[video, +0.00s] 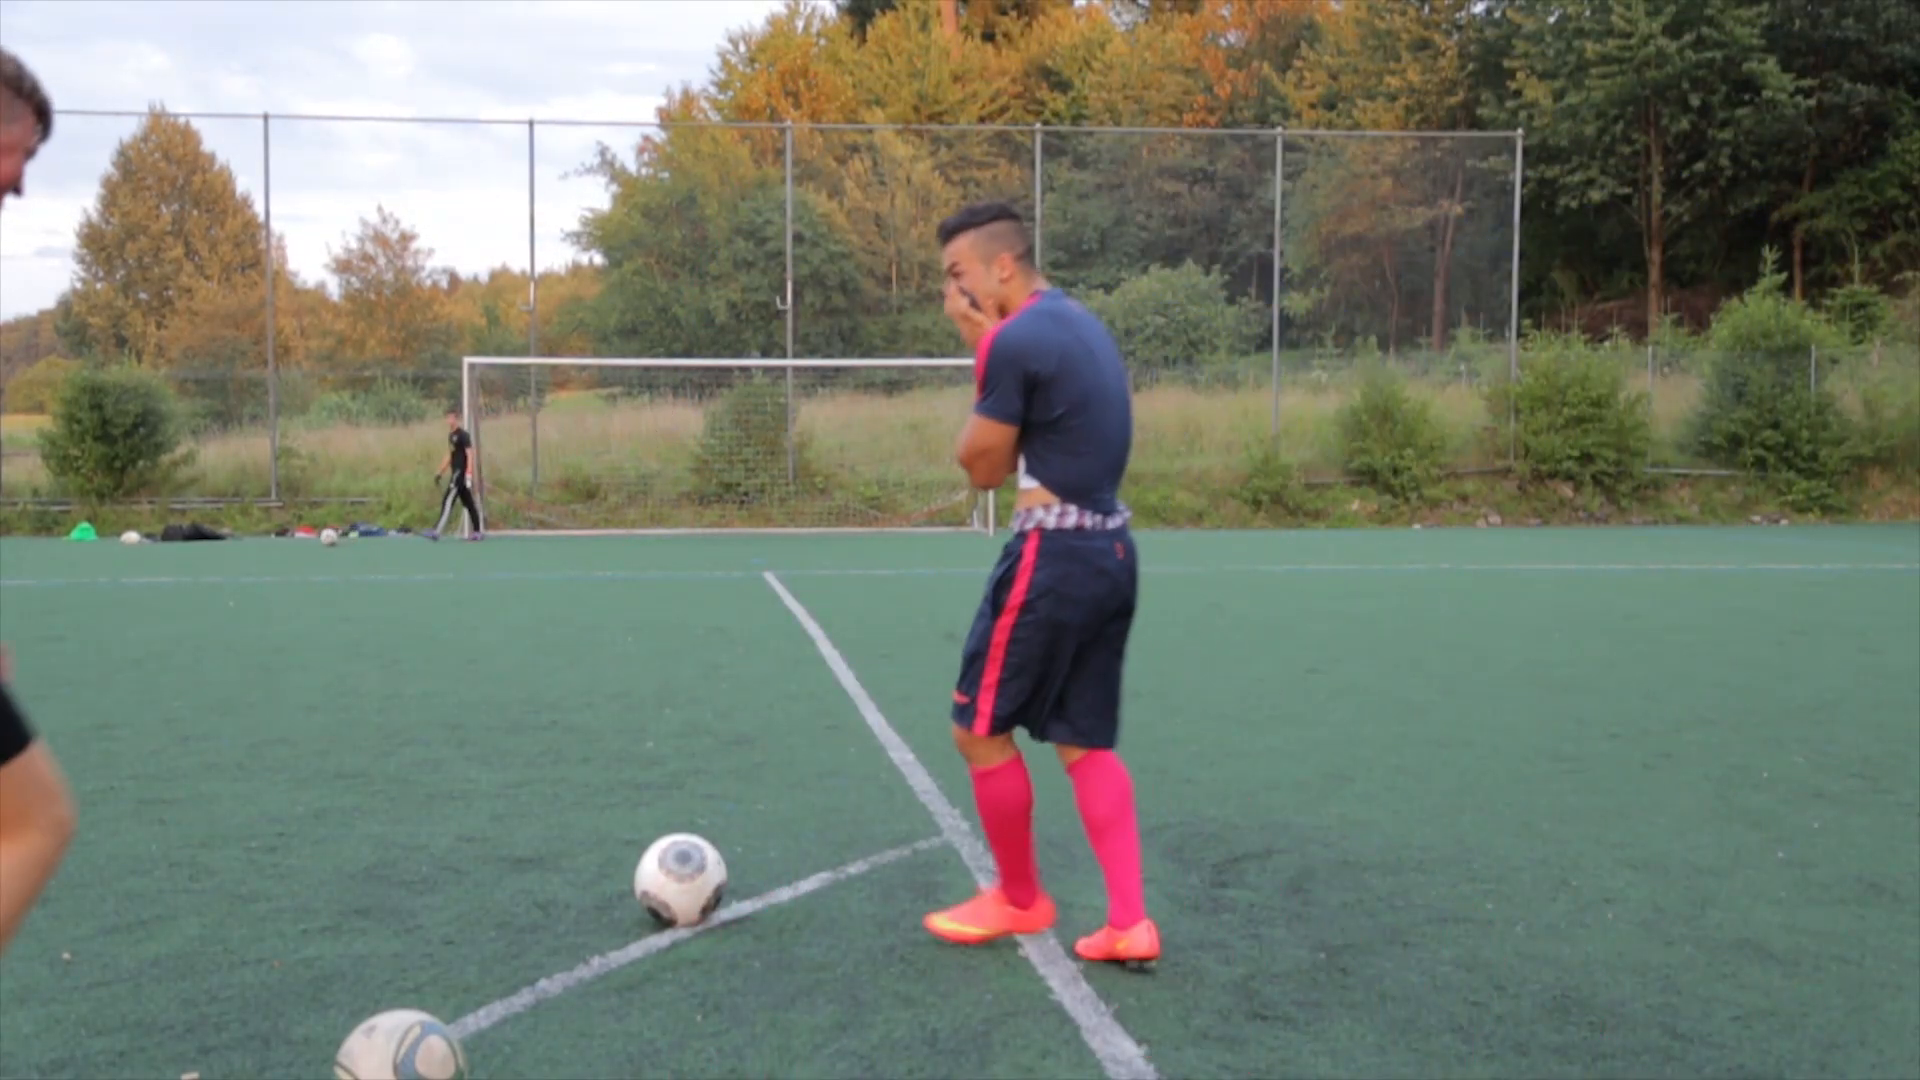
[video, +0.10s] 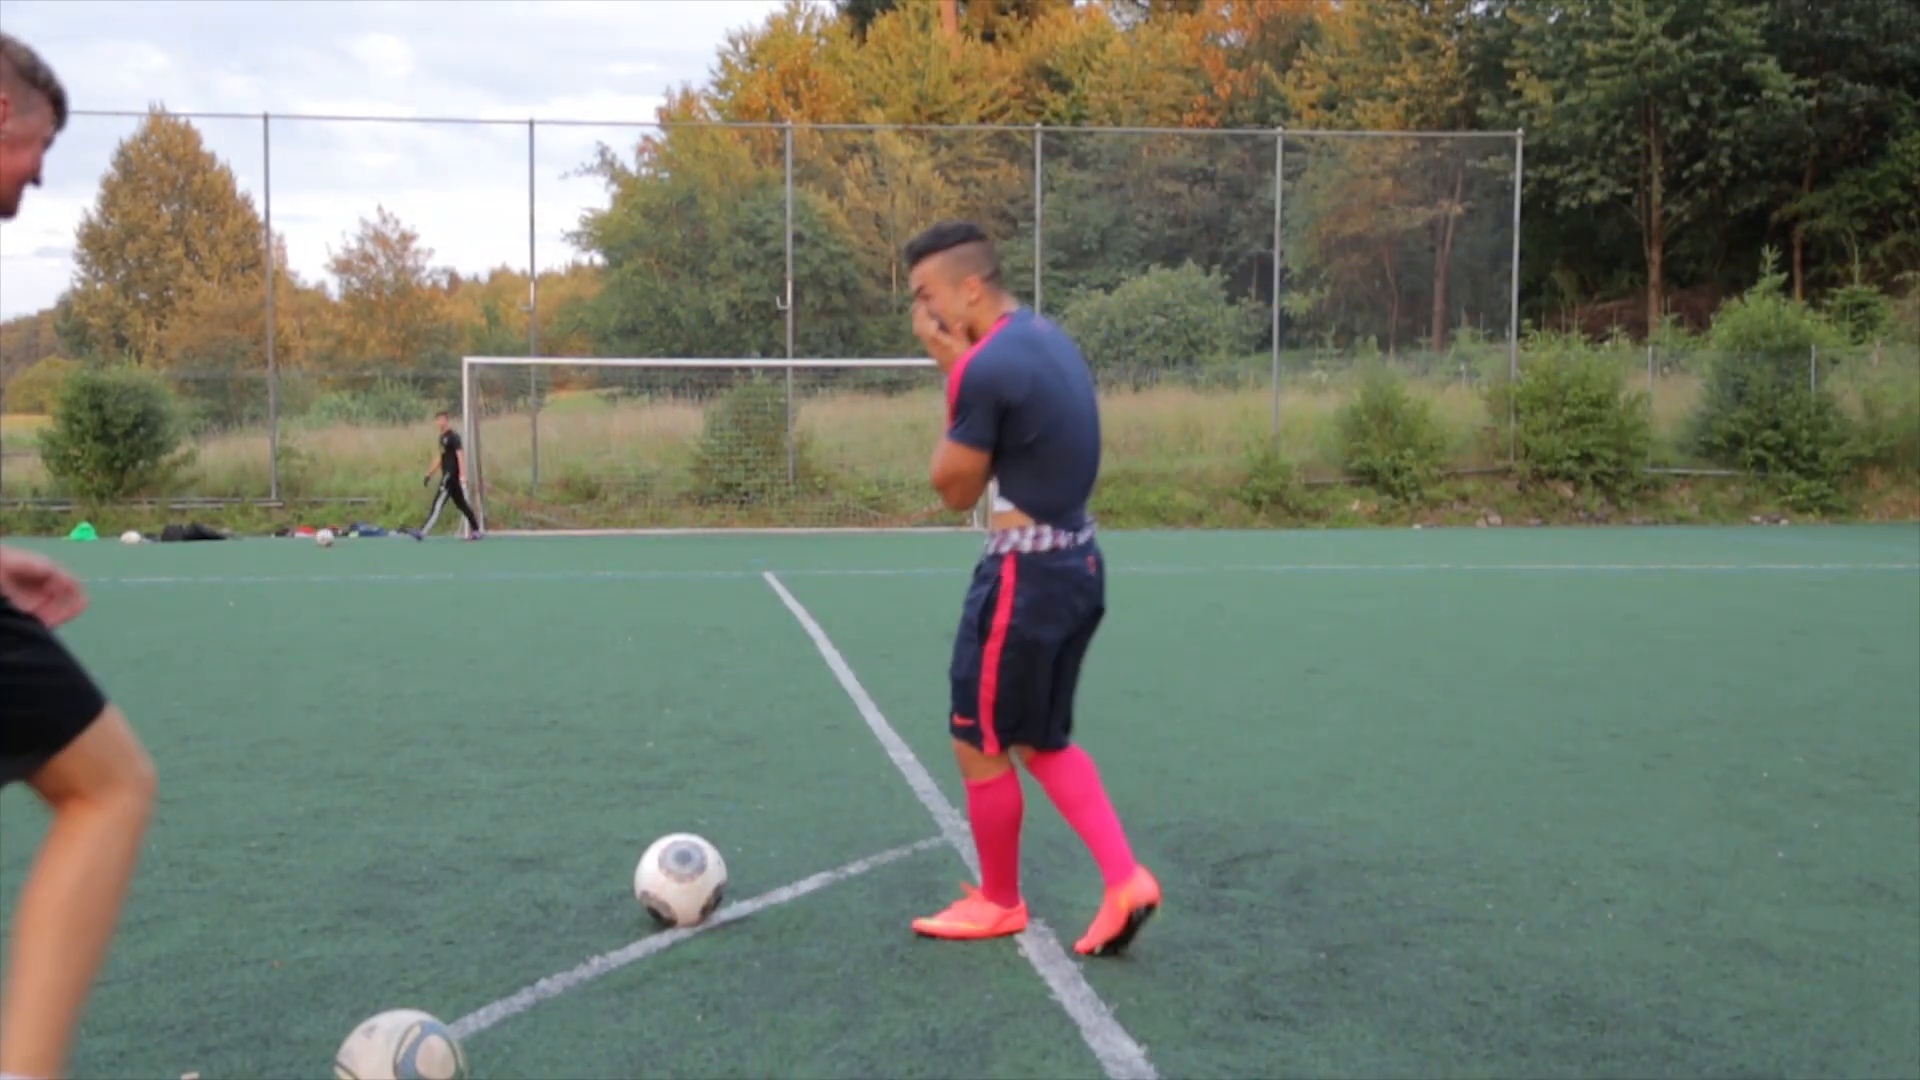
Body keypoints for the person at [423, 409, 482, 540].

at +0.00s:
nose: (449, 421)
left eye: (451, 418)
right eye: (448, 418)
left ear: (456, 419)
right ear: (448, 420)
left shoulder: (463, 435)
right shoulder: (452, 435)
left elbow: (470, 455)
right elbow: (450, 455)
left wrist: (469, 474)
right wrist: (440, 472)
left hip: (461, 470)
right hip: (456, 469)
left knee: (448, 499)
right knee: (468, 502)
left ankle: (437, 531)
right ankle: (477, 530)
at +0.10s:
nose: (440, 423)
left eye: (442, 420)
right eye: (438, 420)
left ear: (447, 421)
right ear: (438, 422)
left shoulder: (453, 437)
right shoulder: (443, 437)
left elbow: (460, 457)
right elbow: (440, 458)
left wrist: (463, 475)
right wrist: (429, 473)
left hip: (452, 472)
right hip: (447, 472)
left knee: (439, 502)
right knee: (461, 503)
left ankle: (423, 532)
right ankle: (476, 529)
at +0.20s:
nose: (430, 424)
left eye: (432, 421)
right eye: (428, 421)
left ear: (437, 421)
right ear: (427, 423)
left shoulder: (443, 437)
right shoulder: (433, 438)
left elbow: (449, 457)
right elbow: (431, 460)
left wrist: (453, 476)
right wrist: (421, 476)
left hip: (440, 473)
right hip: (436, 473)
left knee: (428, 502)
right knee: (449, 503)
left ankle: (417, 533)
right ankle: (469, 525)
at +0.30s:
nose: (421, 421)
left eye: (423, 418)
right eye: (420, 418)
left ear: (428, 419)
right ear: (419, 420)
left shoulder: (434, 435)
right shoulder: (423, 435)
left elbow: (438, 456)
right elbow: (423, 457)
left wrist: (440, 475)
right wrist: (417, 473)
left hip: (430, 471)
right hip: (424, 471)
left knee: (421, 502)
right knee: (429, 504)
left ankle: (416, 533)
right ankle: (455, 520)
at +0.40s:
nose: (412, 420)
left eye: (415, 417)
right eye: (411, 417)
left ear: (421, 419)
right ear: (410, 419)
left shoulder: (425, 434)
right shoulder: (415, 433)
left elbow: (428, 456)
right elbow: (417, 455)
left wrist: (425, 473)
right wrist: (413, 471)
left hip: (422, 472)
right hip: (414, 471)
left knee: (419, 502)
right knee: (411, 500)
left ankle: (416, 532)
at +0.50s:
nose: (405, 419)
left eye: (407, 416)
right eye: (403, 416)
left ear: (413, 417)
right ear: (403, 418)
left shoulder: (418, 432)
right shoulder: (407, 433)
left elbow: (418, 454)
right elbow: (408, 454)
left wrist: (410, 473)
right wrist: (405, 470)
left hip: (416, 471)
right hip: (406, 470)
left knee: (416, 502)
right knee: (396, 499)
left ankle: (416, 531)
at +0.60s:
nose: (396, 421)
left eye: (399, 418)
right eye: (395, 418)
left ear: (405, 419)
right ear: (394, 420)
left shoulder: (411, 434)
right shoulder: (398, 434)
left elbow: (408, 454)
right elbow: (399, 454)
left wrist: (396, 472)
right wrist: (395, 470)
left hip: (410, 471)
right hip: (399, 471)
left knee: (414, 503)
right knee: (387, 501)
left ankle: (416, 532)